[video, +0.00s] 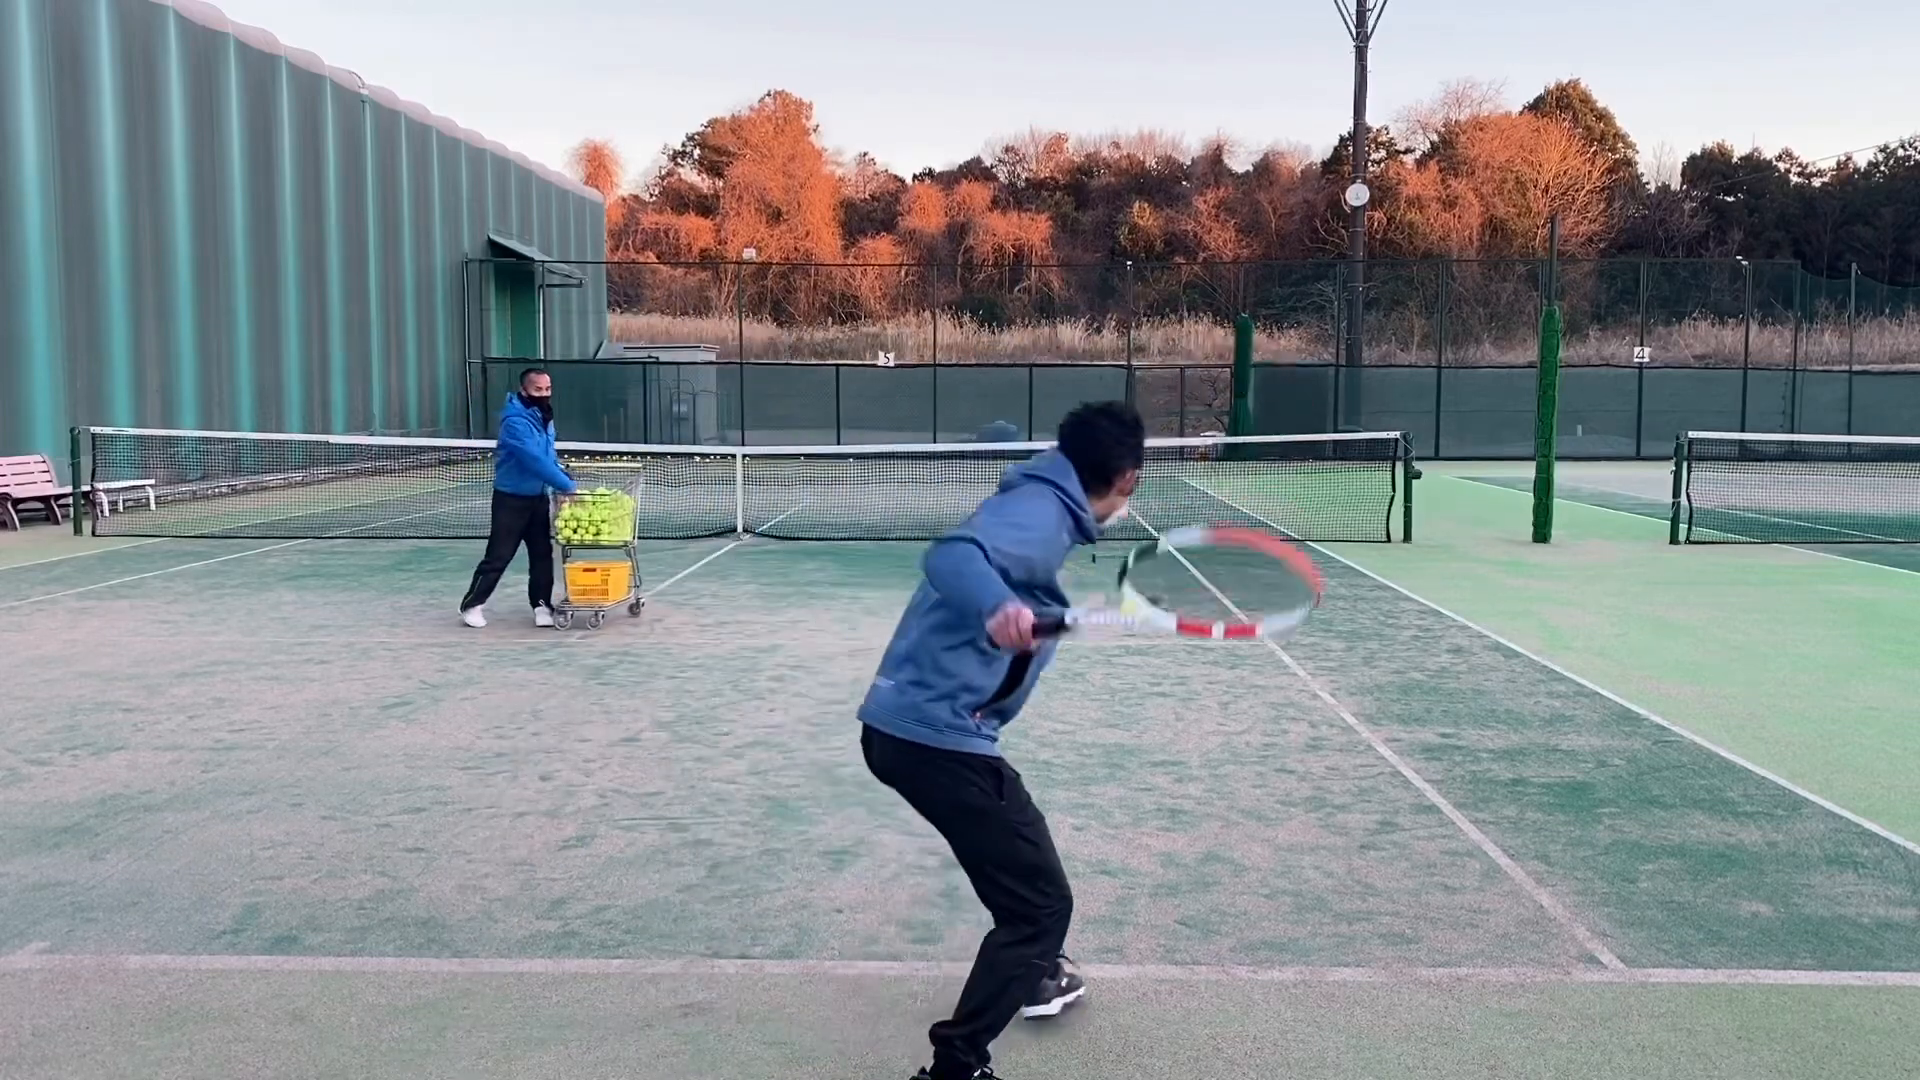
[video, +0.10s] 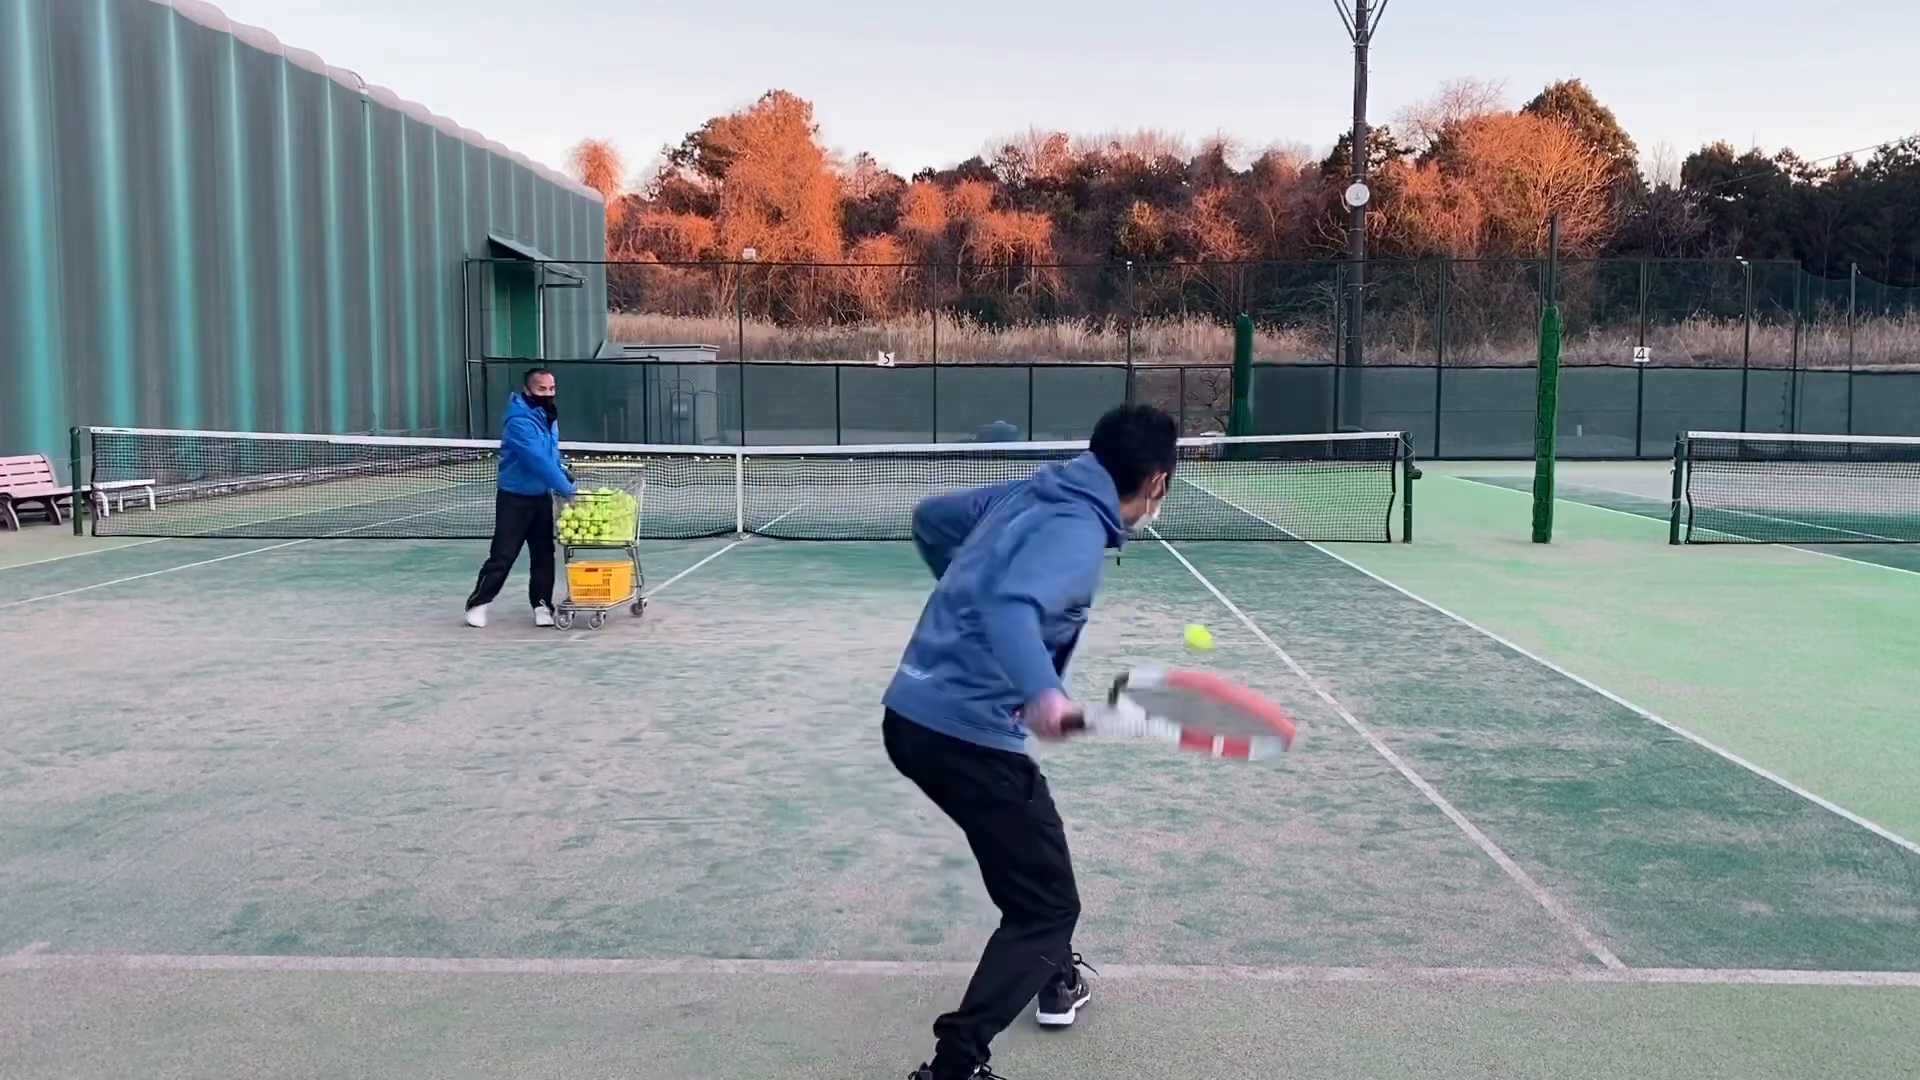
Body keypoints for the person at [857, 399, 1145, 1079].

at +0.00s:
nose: (1127, 499)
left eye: (1131, 486)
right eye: (1129, 486)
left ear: (1073, 459)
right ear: (1109, 482)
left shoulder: (1043, 508)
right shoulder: (1036, 513)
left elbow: (1022, 592)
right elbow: (953, 553)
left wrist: (1073, 616)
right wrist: (997, 605)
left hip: (929, 722)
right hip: (927, 733)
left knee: (1021, 838)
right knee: (1039, 904)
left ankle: (1035, 975)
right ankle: (957, 1061)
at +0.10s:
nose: (1162, 494)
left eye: (1165, 481)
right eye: (1166, 482)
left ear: (1097, 457)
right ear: (1153, 482)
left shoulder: (1032, 492)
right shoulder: (1077, 529)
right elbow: (1011, 608)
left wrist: (970, 594)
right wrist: (1044, 692)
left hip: (913, 715)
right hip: (967, 733)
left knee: (1026, 837)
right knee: (1045, 908)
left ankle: (1053, 980)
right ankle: (957, 1059)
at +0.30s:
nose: (1159, 409)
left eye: (1160, 398)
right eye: (1160, 399)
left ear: (1085, 382)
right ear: (1147, 401)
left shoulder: (1017, 431)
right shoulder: (1138, 501)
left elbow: (947, 514)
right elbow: (1130, 594)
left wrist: (927, 497)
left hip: (962, 675)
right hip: (1048, 692)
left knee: (1003, 839)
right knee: (1055, 850)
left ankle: (1059, 976)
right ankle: (997, 997)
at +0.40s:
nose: (1067, 340)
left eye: (1071, 328)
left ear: (1070, 346)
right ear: (1144, 358)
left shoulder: (1035, 414)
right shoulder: (1147, 440)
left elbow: (1001, 508)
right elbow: (1100, 412)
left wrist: (952, 471)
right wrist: (1056, 357)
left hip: (996, 659)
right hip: (1078, 664)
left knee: (1012, 817)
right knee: (1068, 815)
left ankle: (1062, 967)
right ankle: (1043, 969)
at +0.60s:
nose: (1046, 320)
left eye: (1049, 310)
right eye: (1053, 311)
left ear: (1057, 318)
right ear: (1123, 316)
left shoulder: (1052, 394)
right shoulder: (1132, 374)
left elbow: (1052, 502)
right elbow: (1066, 345)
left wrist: (987, 459)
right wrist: (1002, 334)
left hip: (1039, 637)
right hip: (1116, 630)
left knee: (1046, 796)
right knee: (1131, 786)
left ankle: (1076, 961)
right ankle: (1167, 960)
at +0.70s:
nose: (1035, 331)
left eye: (1039, 321)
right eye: (1041, 319)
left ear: (1047, 329)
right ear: (1114, 327)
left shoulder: (1057, 414)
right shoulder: (1125, 387)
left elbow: (1070, 534)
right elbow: (1054, 397)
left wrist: (994, 486)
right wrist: (990, 402)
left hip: (1057, 654)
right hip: (1129, 643)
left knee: (1056, 812)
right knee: (1153, 794)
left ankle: (1095, 972)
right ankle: (1203, 952)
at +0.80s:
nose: (1025, 351)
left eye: (1029, 343)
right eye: (1031, 340)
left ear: (1039, 355)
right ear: (1100, 353)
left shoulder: (1063, 435)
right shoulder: (1113, 419)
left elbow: (1075, 554)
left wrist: (994, 524)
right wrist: (1035, 481)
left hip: (1077, 678)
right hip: (1141, 666)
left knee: (1022, 812)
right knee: (1163, 809)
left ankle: (1094, 952)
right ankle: (1237, 958)